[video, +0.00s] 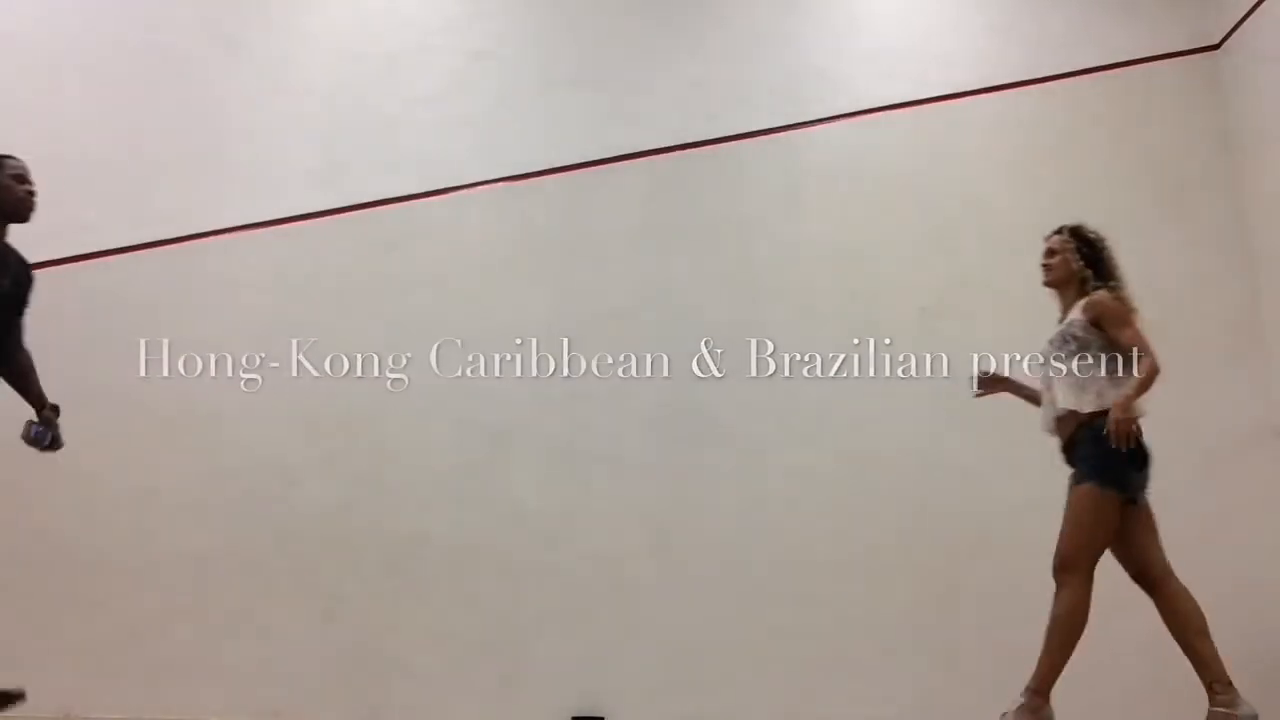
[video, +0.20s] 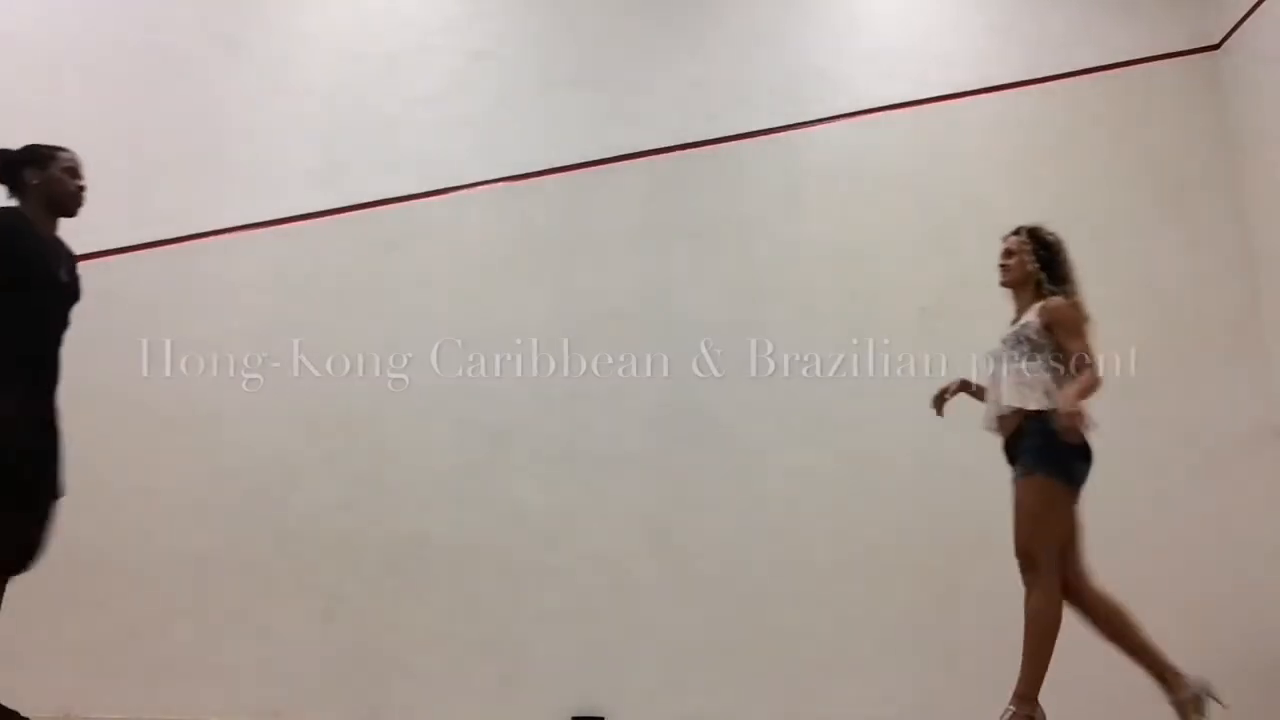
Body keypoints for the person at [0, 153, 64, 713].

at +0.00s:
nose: (30, 189)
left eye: (30, 180)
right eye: (18, 179)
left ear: (21, 193)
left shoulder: (15, 268)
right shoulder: (9, 267)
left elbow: (8, 347)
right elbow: (9, 347)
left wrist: (41, 403)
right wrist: (41, 404)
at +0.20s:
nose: (82, 185)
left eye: (81, 175)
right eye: (69, 173)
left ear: (40, 181)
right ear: (30, 179)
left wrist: (47, 476)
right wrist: (32, 475)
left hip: (30, 447)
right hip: (6, 447)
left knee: (16, 553)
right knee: (7, 556)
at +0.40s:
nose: (132, 184)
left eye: (132, 176)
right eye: (122, 173)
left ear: (94, 178)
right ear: (85, 173)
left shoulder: (89, 240)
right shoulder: (53, 222)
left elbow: (71, 328)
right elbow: (32, 300)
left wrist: (84, 401)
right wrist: (47, 379)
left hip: (76, 406)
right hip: (28, 404)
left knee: (102, 531)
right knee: (8, 535)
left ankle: (29, 678)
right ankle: (24, 683)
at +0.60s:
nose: (181, 193)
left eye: (181, 185)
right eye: (172, 181)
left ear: (142, 186)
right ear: (137, 181)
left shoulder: (131, 243)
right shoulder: (109, 227)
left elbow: (104, 321)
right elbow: (98, 294)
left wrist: (133, 392)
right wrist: (142, 370)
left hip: (115, 413)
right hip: (79, 411)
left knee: (141, 547)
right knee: (26, 548)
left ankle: (173, 682)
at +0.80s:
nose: (237, 202)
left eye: (236, 193)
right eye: (227, 191)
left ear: (199, 196)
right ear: (194, 193)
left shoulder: (196, 254)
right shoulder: (169, 235)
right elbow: (149, 306)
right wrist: (190, 382)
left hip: (175, 421)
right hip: (140, 418)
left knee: (180, 560)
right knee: (80, 547)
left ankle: (187, 696)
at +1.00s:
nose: (285, 202)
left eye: (283, 194)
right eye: (276, 192)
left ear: (249, 201)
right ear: (244, 197)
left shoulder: (248, 258)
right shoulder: (217, 242)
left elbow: (238, 345)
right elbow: (192, 311)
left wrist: (248, 414)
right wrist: (197, 393)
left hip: (232, 421)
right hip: (197, 415)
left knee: (209, 552)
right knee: (183, 541)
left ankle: (189, 697)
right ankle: (52, 653)